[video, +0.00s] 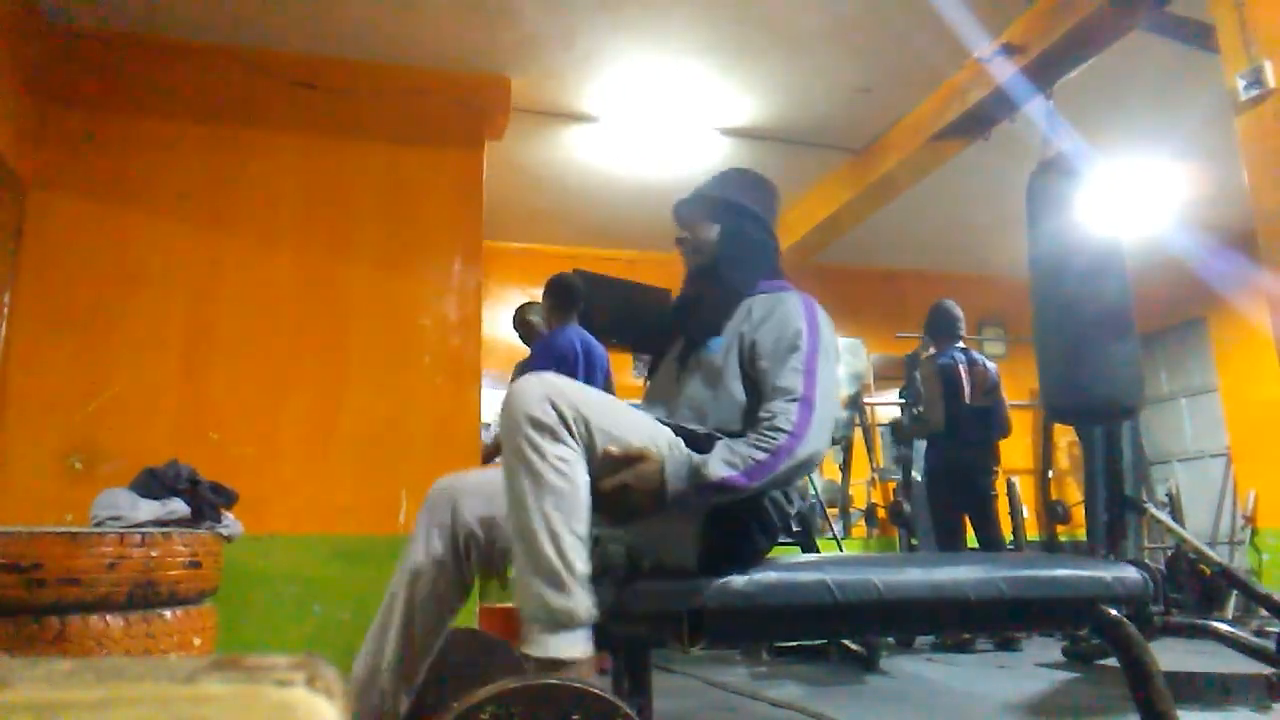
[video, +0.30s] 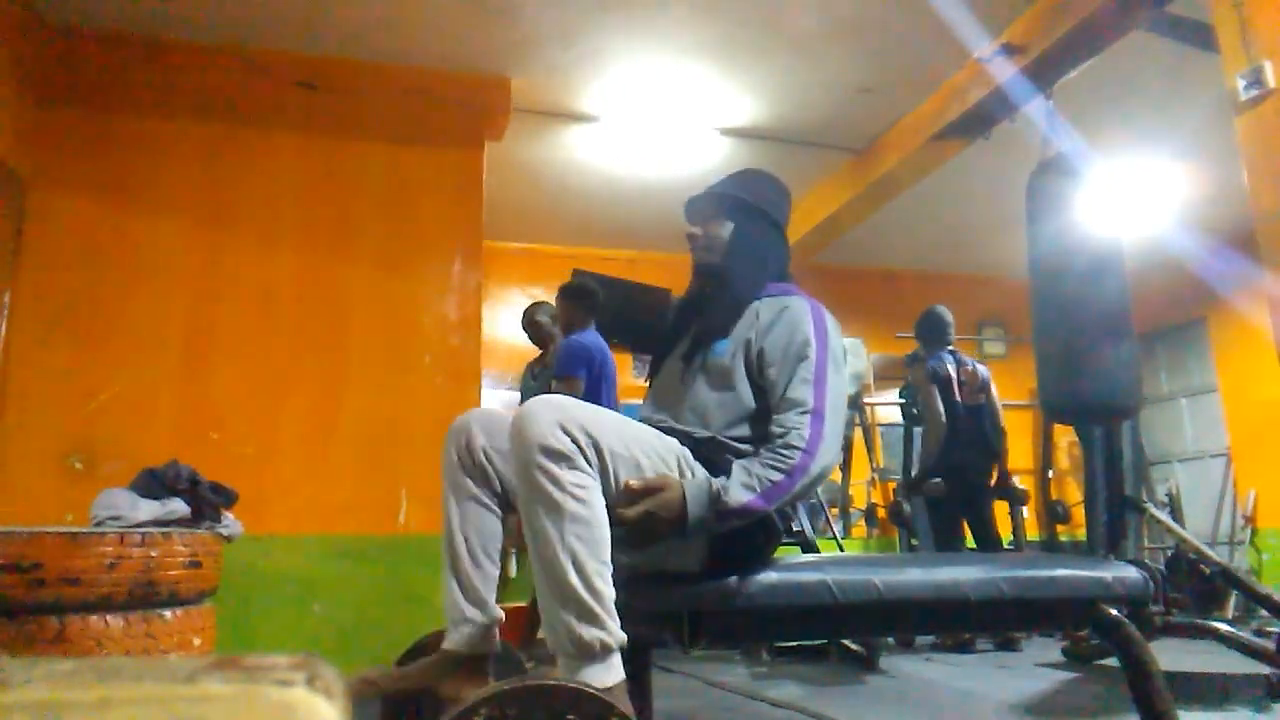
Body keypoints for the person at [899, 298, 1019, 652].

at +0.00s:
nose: (928, 339)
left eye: (928, 333)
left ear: (930, 333)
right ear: (963, 330)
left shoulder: (931, 368)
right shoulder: (986, 366)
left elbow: (934, 423)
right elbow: (1004, 424)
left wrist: (905, 428)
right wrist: (972, 431)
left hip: (944, 466)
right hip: (981, 465)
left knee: (950, 546)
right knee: (992, 542)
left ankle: (956, 628)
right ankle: (1008, 626)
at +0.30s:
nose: (919, 342)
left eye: (919, 337)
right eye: (922, 337)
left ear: (921, 337)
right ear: (953, 334)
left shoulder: (924, 370)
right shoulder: (979, 370)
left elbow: (937, 421)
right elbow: (998, 426)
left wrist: (922, 471)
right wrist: (1003, 472)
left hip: (944, 474)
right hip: (978, 472)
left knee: (947, 550)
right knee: (991, 545)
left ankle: (957, 630)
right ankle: (1008, 625)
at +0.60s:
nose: (920, 338)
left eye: (921, 332)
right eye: (923, 333)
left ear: (926, 334)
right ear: (958, 333)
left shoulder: (925, 367)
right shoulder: (983, 367)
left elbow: (937, 420)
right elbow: (1003, 425)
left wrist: (914, 455)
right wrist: (992, 461)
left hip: (945, 467)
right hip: (979, 466)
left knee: (949, 545)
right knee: (990, 541)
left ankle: (956, 628)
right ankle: (1006, 626)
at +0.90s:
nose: (927, 345)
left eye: (927, 339)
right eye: (928, 340)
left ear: (932, 336)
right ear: (960, 331)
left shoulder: (937, 364)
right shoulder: (991, 364)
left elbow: (922, 417)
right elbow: (1001, 422)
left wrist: (906, 404)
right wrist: (970, 418)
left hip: (947, 468)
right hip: (983, 466)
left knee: (950, 546)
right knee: (994, 542)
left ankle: (956, 628)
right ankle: (1009, 626)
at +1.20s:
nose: (924, 347)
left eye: (923, 342)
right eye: (926, 343)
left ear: (926, 339)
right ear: (955, 334)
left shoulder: (932, 366)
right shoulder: (987, 366)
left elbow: (915, 417)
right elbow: (994, 418)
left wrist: (909, 392)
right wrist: (992, 457)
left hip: (944, 468)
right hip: (981, 467)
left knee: (950, 546)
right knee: (993, 541)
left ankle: (956, 628)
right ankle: (1009, 626)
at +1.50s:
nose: (928, 337)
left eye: (929, 330)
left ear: (930, 330)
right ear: (963, 329)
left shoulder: (933, 363)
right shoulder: (988, 364)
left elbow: (935, 420)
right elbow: (1005, 423)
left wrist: (905, 433)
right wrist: (972, 424)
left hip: (948, 465)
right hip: (984, 465)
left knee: (951, 544)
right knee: (994, 541)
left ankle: (957, 627)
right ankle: (1008, 626)